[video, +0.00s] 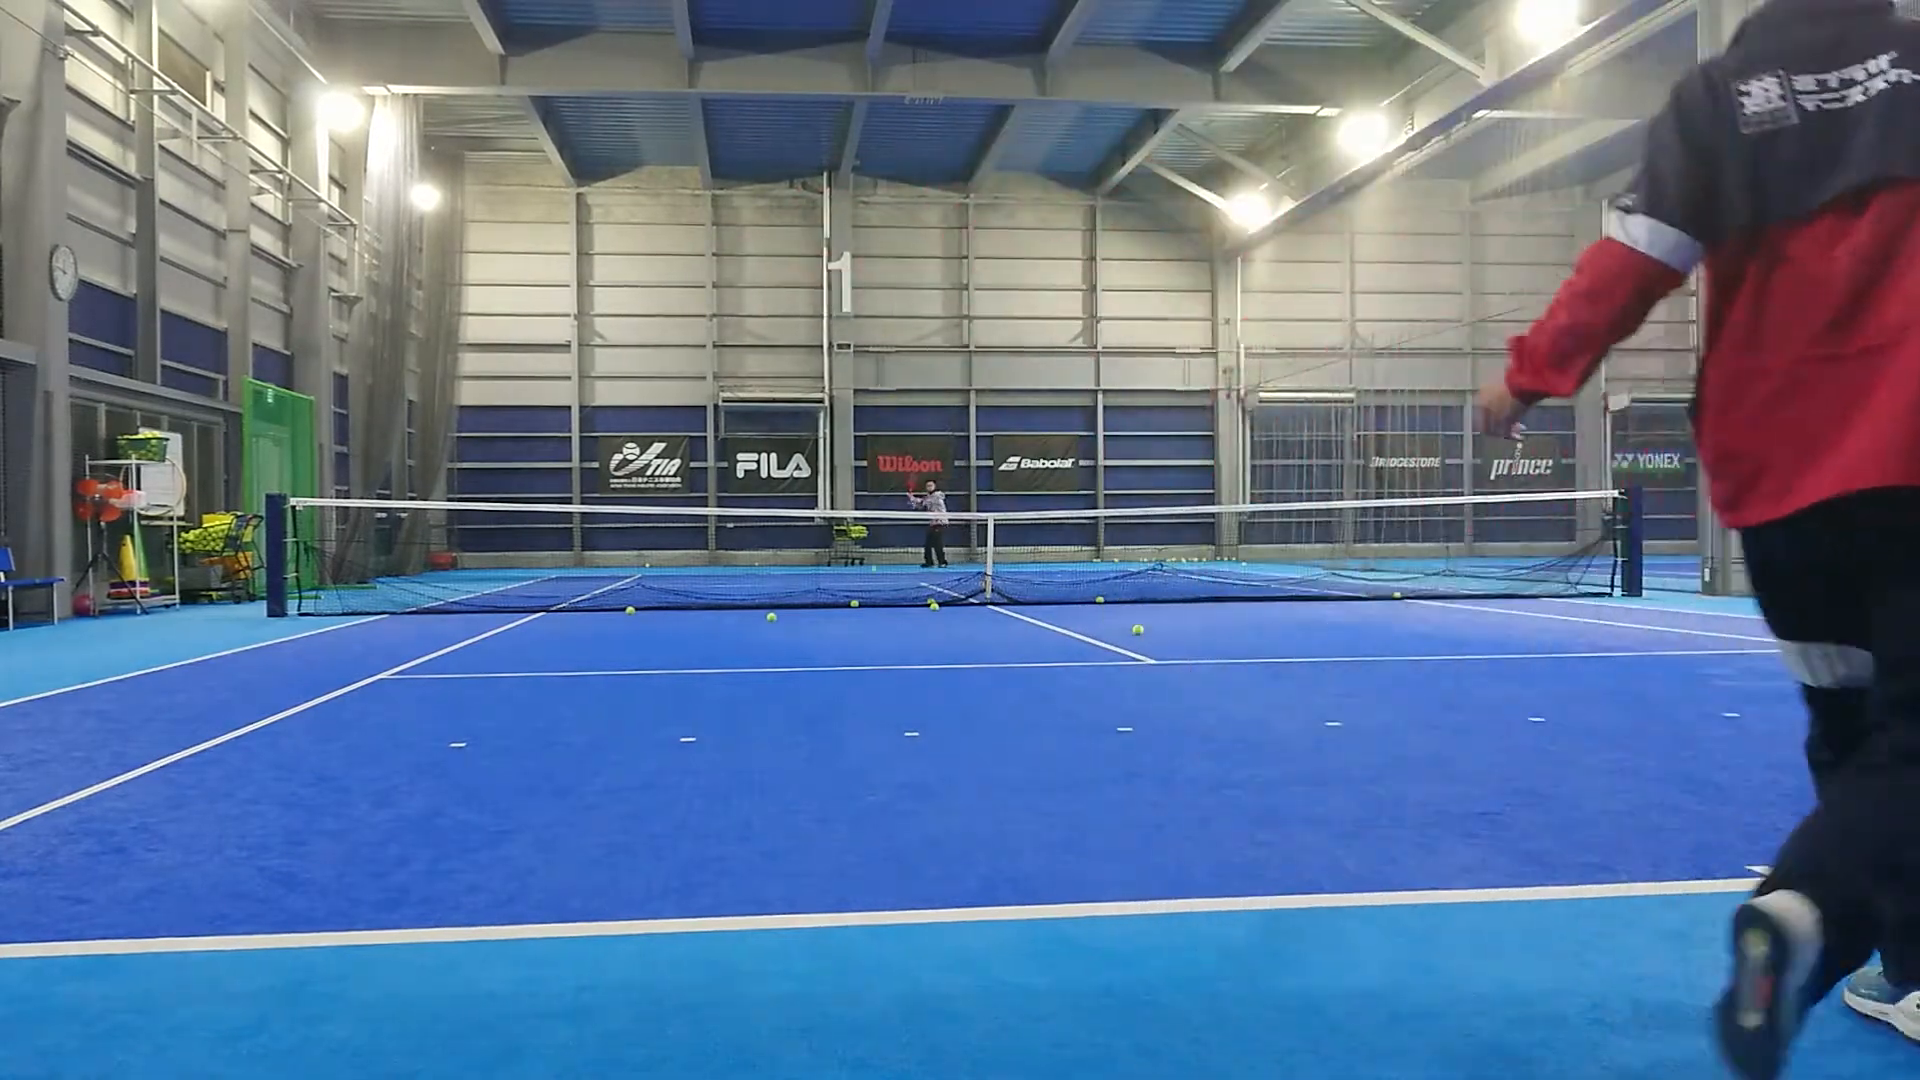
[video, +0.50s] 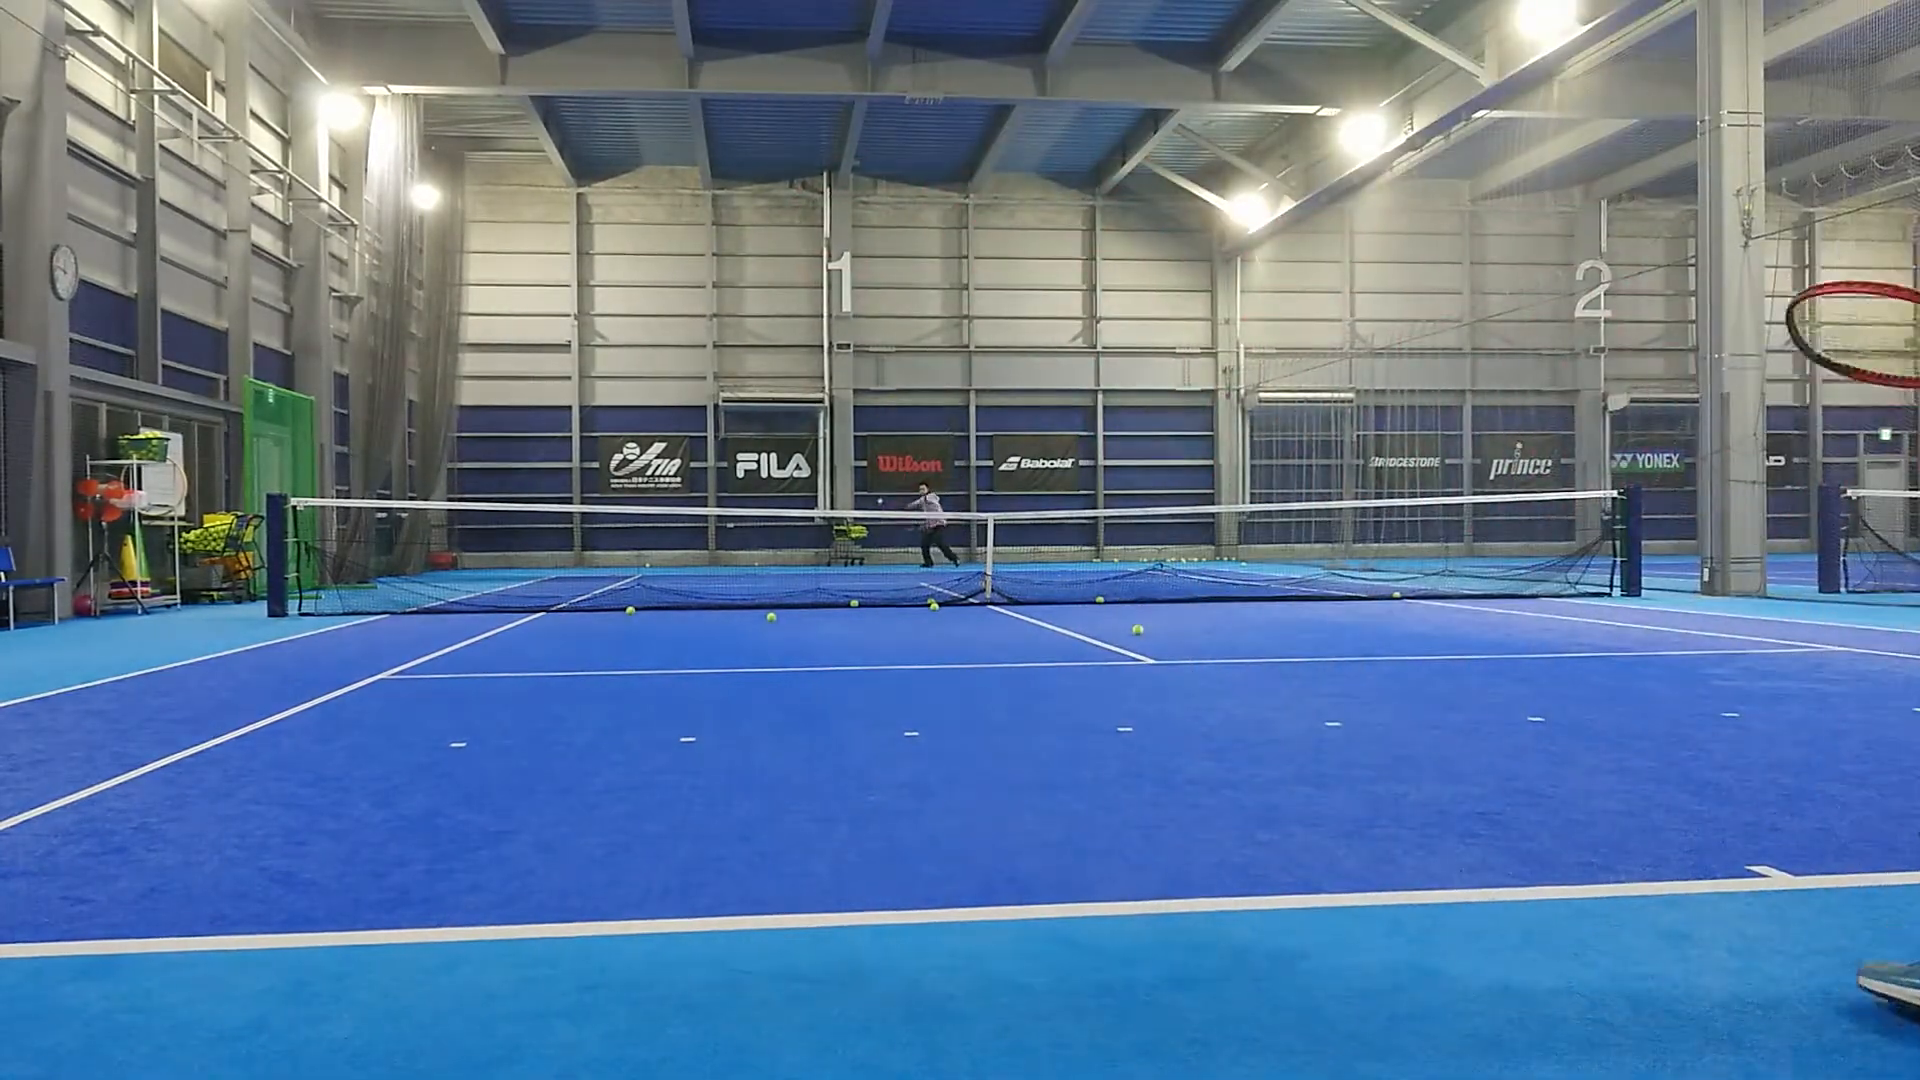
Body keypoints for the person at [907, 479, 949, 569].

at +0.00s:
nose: (929, 488)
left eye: (931, 485)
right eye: (927, 486)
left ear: (935, 486)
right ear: (926, 488)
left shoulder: (937, 496)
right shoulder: (928, 498)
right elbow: (919, 504)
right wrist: (911, 497)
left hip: (940, 522)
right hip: (933, 523)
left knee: (938, 544)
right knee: (927, 544)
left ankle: (942, 561)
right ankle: (928, 561)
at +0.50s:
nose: (921, 491)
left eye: (923, 489)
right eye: (920, 489)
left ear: (927, 489)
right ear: (919, 491)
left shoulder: (931, 497)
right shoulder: (922, 500)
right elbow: (915, 504)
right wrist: (908, 507)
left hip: (937, 524)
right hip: (928, 525)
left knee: (939, 543)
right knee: (924, 545)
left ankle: (953, 558)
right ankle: (928, 562)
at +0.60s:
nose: (922, 487)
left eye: (924, 485)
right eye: (921, 485)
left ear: (928, 486)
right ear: (920, 487)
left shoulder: (933, 493)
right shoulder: (922, 501)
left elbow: (943, 491)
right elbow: (922, 514)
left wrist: (935, 492)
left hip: (940, 521)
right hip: (930, 523)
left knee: (947, 542)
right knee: (926, 545)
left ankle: (955, 559)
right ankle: (928, 562)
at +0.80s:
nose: (930, 479)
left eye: (930, 477)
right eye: (927, 478)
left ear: (934, 477)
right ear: (925, 480)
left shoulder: (942, 486)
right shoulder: (927, 489)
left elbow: (954, 492)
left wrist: (950, 482)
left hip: (944, 516)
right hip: (932, 517)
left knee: (951, 538)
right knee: (928, 541)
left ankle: (953, 557)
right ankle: (924, 560)